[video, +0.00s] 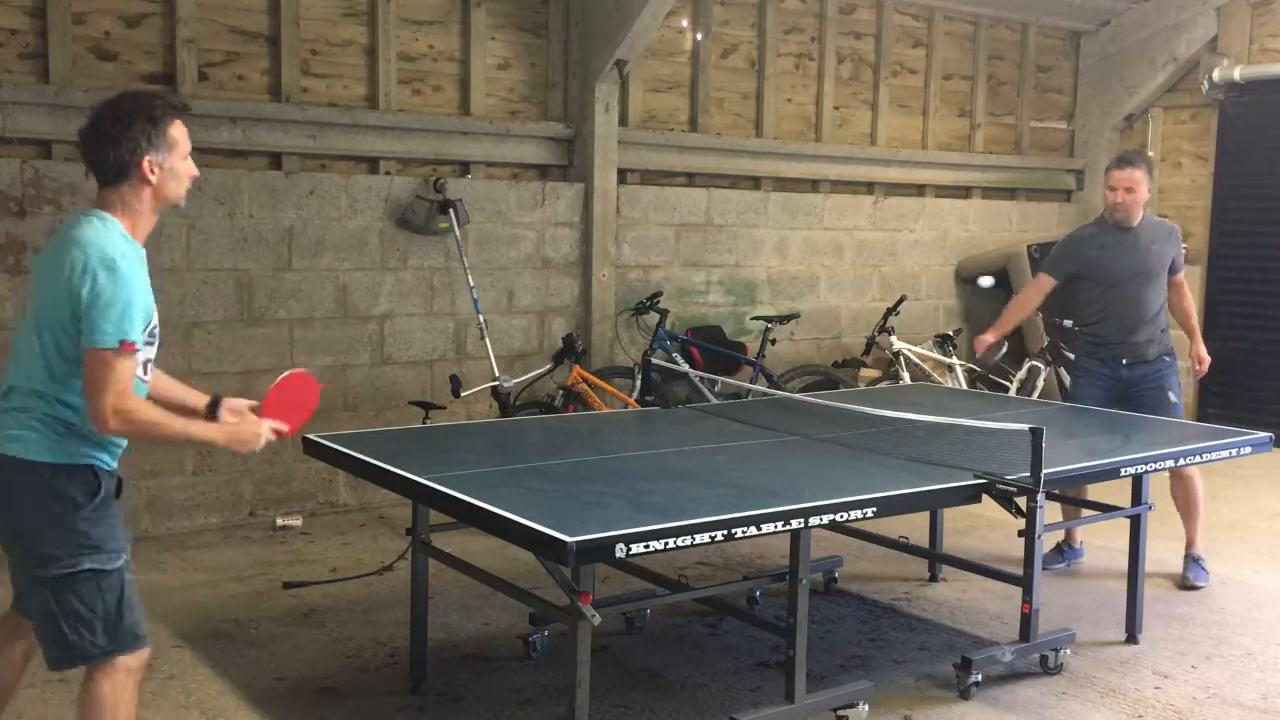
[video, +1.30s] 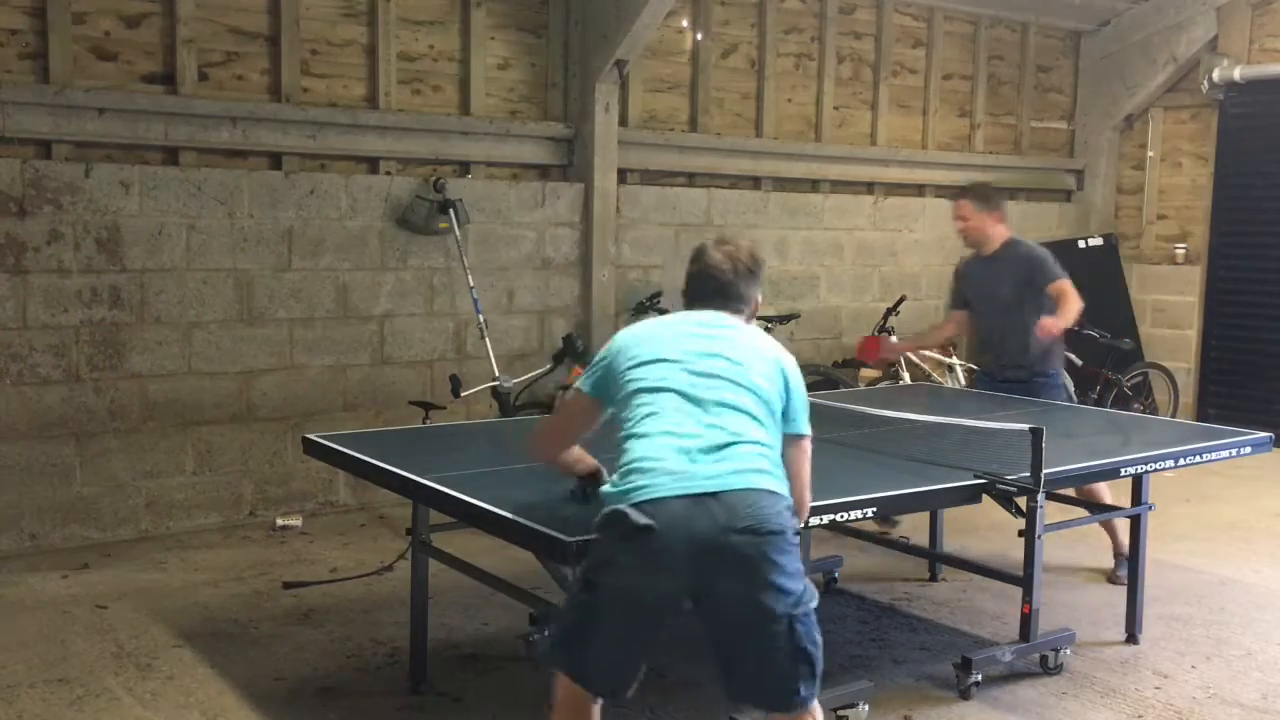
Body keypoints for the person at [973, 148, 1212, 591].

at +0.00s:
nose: (1117, 197)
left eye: (1127, 189)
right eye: (1111, 188)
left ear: (1148, 193)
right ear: (1103, 189)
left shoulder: (1166, 236)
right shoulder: (1078, 243)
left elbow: (1178, 289)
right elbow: (1037, 288)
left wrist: (1196, 339)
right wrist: (996, 332)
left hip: (1154, 368)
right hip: (1094, 368)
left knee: (1180, 458)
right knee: (1074, 455)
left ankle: (1194, 552)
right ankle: (1071, 543)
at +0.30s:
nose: (1145, 201)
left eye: (1155, 193)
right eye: (1139, 193)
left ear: (1178, 197)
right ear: (1131, 195)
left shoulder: (1205, 243)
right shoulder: (1113, 244)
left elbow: (1229, 303)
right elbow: (1078, 296)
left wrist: (1234, 360)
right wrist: (1048, 335)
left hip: (1174, 373)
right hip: (1113, 368)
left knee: (1191, 466)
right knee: (1080, 450)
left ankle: (1207, 555)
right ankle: (1069, 541)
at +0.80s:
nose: (1105, 202)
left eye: (1115, 194)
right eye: (1099, 194)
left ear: (1134, 199)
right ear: (1092, 198)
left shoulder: (1156, 250)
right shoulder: (1071, 248)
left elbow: (1184, 305)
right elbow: (1048, 296)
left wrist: (1202, 358)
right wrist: (1024, 339)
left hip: (1130, 376)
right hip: (1074, 372)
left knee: (1157, 464)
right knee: (1057, 452)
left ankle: (1197, 552)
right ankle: (1051, 524)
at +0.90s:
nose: (1081, 201)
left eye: (1091, 193)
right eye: (1076, 193)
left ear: (1113, 197)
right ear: (1070, 198)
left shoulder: (1136, 246)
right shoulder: (1054, 249)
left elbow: (1161, 303)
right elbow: (1029, 298)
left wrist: (1170, 364)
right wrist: (1004, 334)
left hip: (1118, 372)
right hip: (1065, 370)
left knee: (1133, 455)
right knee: (1050, 448)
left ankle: (1164, 541)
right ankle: (1049, 523)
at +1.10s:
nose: (1037, 215)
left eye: (1045, 206)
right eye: (1034, 207)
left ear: (1072, 206)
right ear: (1035, 210)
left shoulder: (1105, 257)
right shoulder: (1031, 259)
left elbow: (1136, 319)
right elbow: (1013, 313)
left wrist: (1119, 373)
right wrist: (959, 339)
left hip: (1090, 381)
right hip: (1039, 376)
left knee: (1109, 468)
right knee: (1004, 435)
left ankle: (1127, 548)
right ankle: (1013, 510)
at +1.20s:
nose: (1001, 224)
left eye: (1008, 215)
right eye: (1000, 216)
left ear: (1038, 215)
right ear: (1016, 219)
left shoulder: (1074, 261)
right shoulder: (1007, 267)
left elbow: (1102, 319)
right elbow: (995, 319)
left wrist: (1080, 349)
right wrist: (948, 345)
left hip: (1071, 384)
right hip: (1021, 379)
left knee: (1093, 462)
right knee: (966, 429)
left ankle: (1125, 548)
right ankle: (929, 506)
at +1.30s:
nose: (958, 227)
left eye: (964, 218)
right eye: (956, 219)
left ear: (994, 217)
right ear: (973, 222)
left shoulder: (1031, 257)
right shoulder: (968, 270)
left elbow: (1071, 301)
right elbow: (954, 326)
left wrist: (1059, 321)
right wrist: (902, 346)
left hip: (1043, 385)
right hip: (990, 384)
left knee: (1081, 464)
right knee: (939, 441)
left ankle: (1123, 547)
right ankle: (890, 505)